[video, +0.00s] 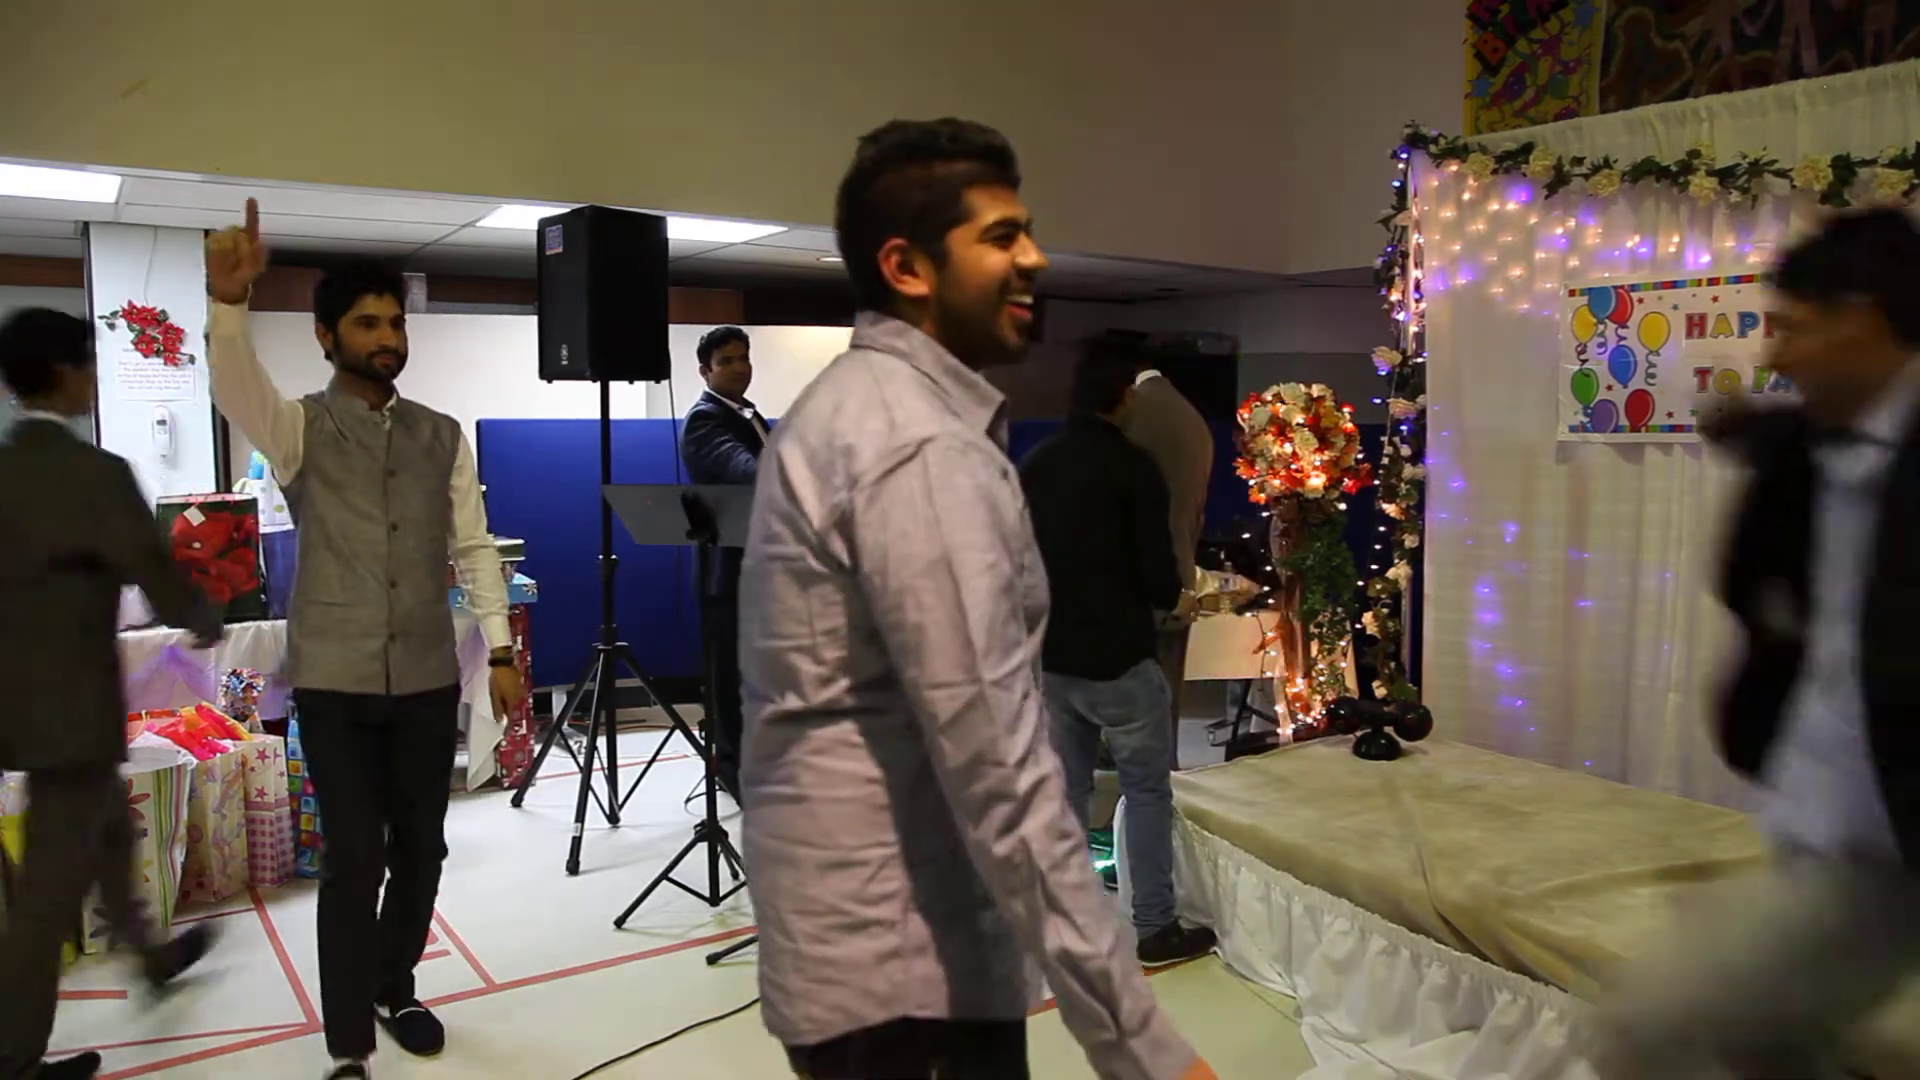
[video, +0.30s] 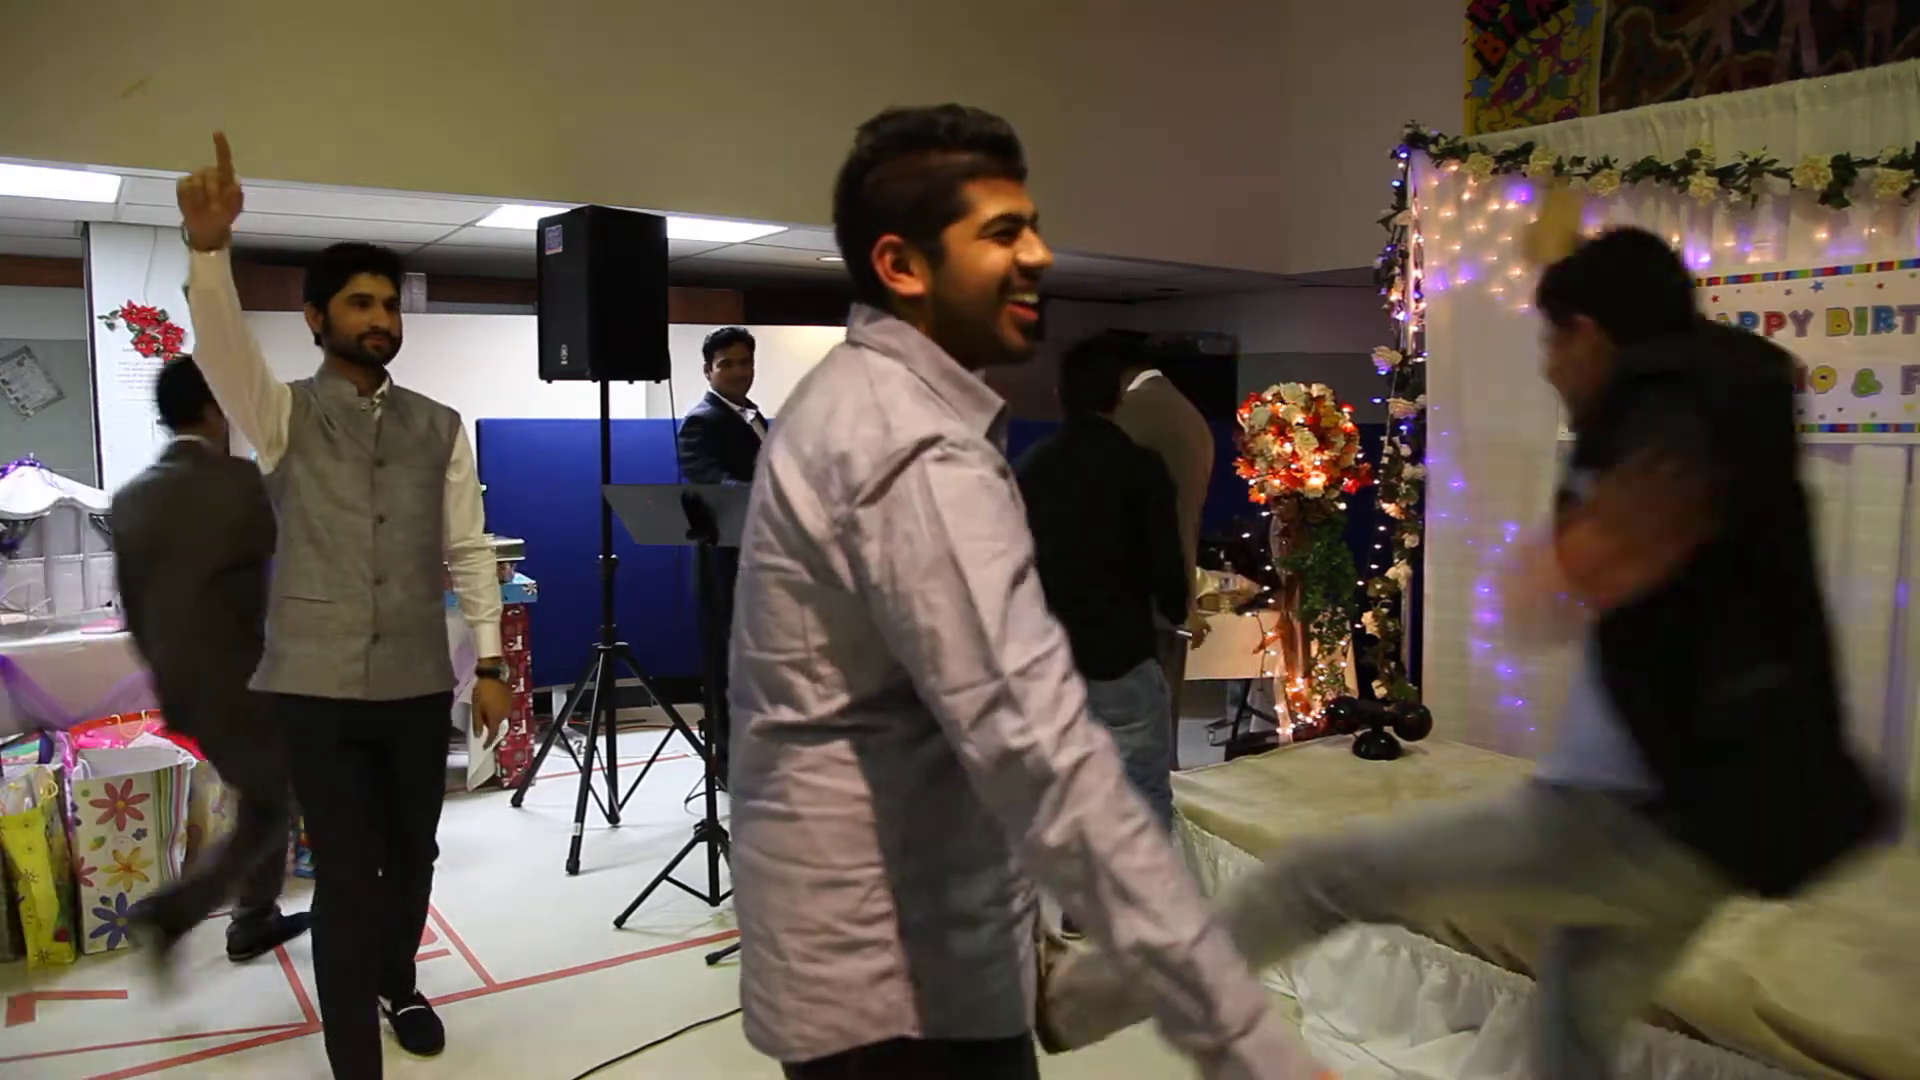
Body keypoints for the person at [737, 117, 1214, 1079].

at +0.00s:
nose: (1038, 262)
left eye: (1030, 236)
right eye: (1003, 236)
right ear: (906, 267)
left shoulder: (844, 404)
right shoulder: (915, 434)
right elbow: (1000, 767)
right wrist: (1141, 1040)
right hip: (906, 952)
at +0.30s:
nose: (1041, 257)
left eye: (1032, 229)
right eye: (1003, 231)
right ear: (899, 264)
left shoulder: (850, 396)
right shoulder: (911, 436)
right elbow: (1042, 747)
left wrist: (1001, 934)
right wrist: (1241, 1036)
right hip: (896, 944)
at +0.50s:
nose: (1058, 263)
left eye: (1052, 237)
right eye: (1026, 238)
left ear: (927, 275)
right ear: (923, 267)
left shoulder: (873, 403)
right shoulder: (921, 437)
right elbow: (1084, 717)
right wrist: (1374, 1004)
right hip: (910, 937)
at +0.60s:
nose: (1070, 276)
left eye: (1061, 248)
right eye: (1046, 249)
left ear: (958, 271)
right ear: (958, 271)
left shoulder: (864, 422)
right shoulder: (933, 455)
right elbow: (1122, 715)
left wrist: (1196, 680)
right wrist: (1445, 936)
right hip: (919, 954)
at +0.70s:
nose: (1070, 270)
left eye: (1060, 240)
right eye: (1055, 241)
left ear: (966, 259)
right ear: (990, 258)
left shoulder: (890, 399)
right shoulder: (950, 427)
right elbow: (1154, 653)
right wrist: (1508, 834)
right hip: (944, 947)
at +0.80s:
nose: (1070, 265)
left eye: (1063, 238)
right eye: (1058, 238)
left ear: (927, 256)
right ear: (1008, 249)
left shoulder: (895, 381)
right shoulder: (964, 407)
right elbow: (1190, 585)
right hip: (962, 913)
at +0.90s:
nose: (1065, 270)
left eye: (1059, 243)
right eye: (1055, 243)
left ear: (913, 267)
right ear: (1017, 255)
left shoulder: (885, 402)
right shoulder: (967, 420)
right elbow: (1205, 560)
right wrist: (1581, 601)